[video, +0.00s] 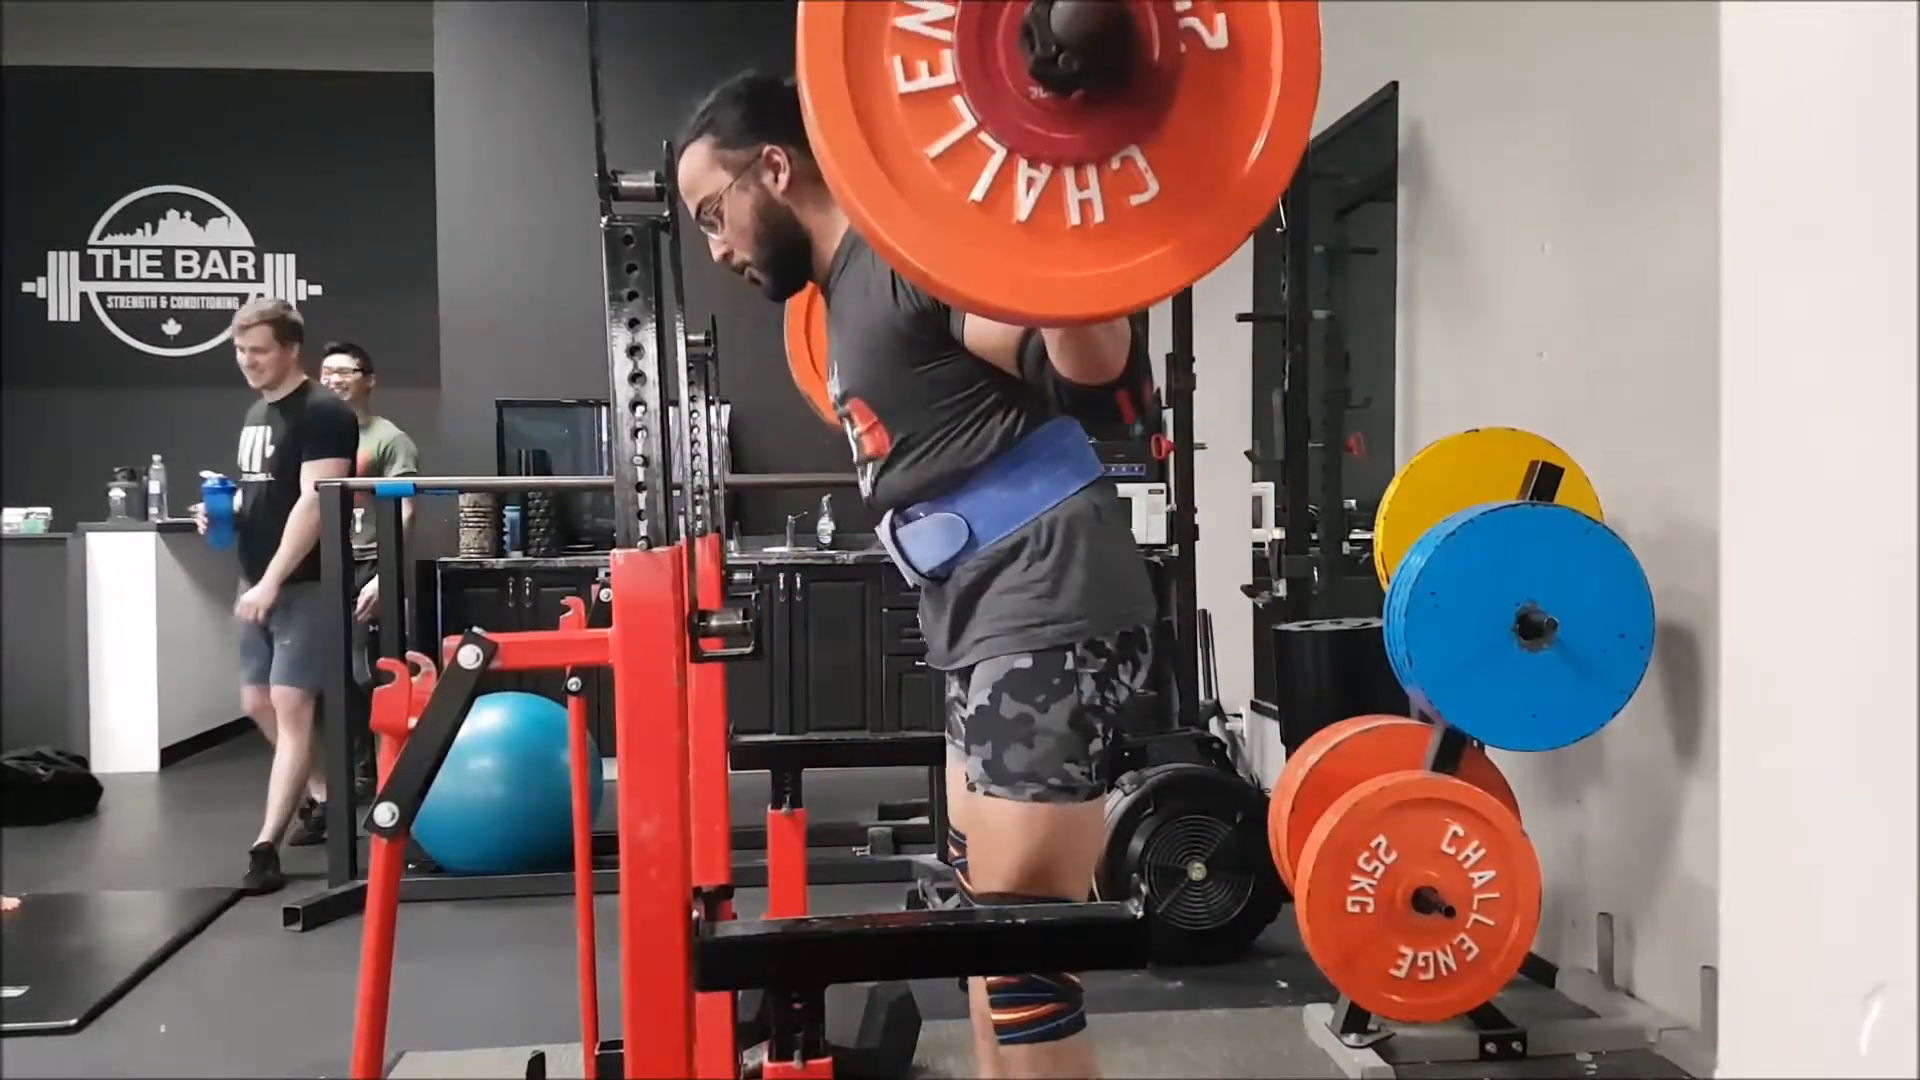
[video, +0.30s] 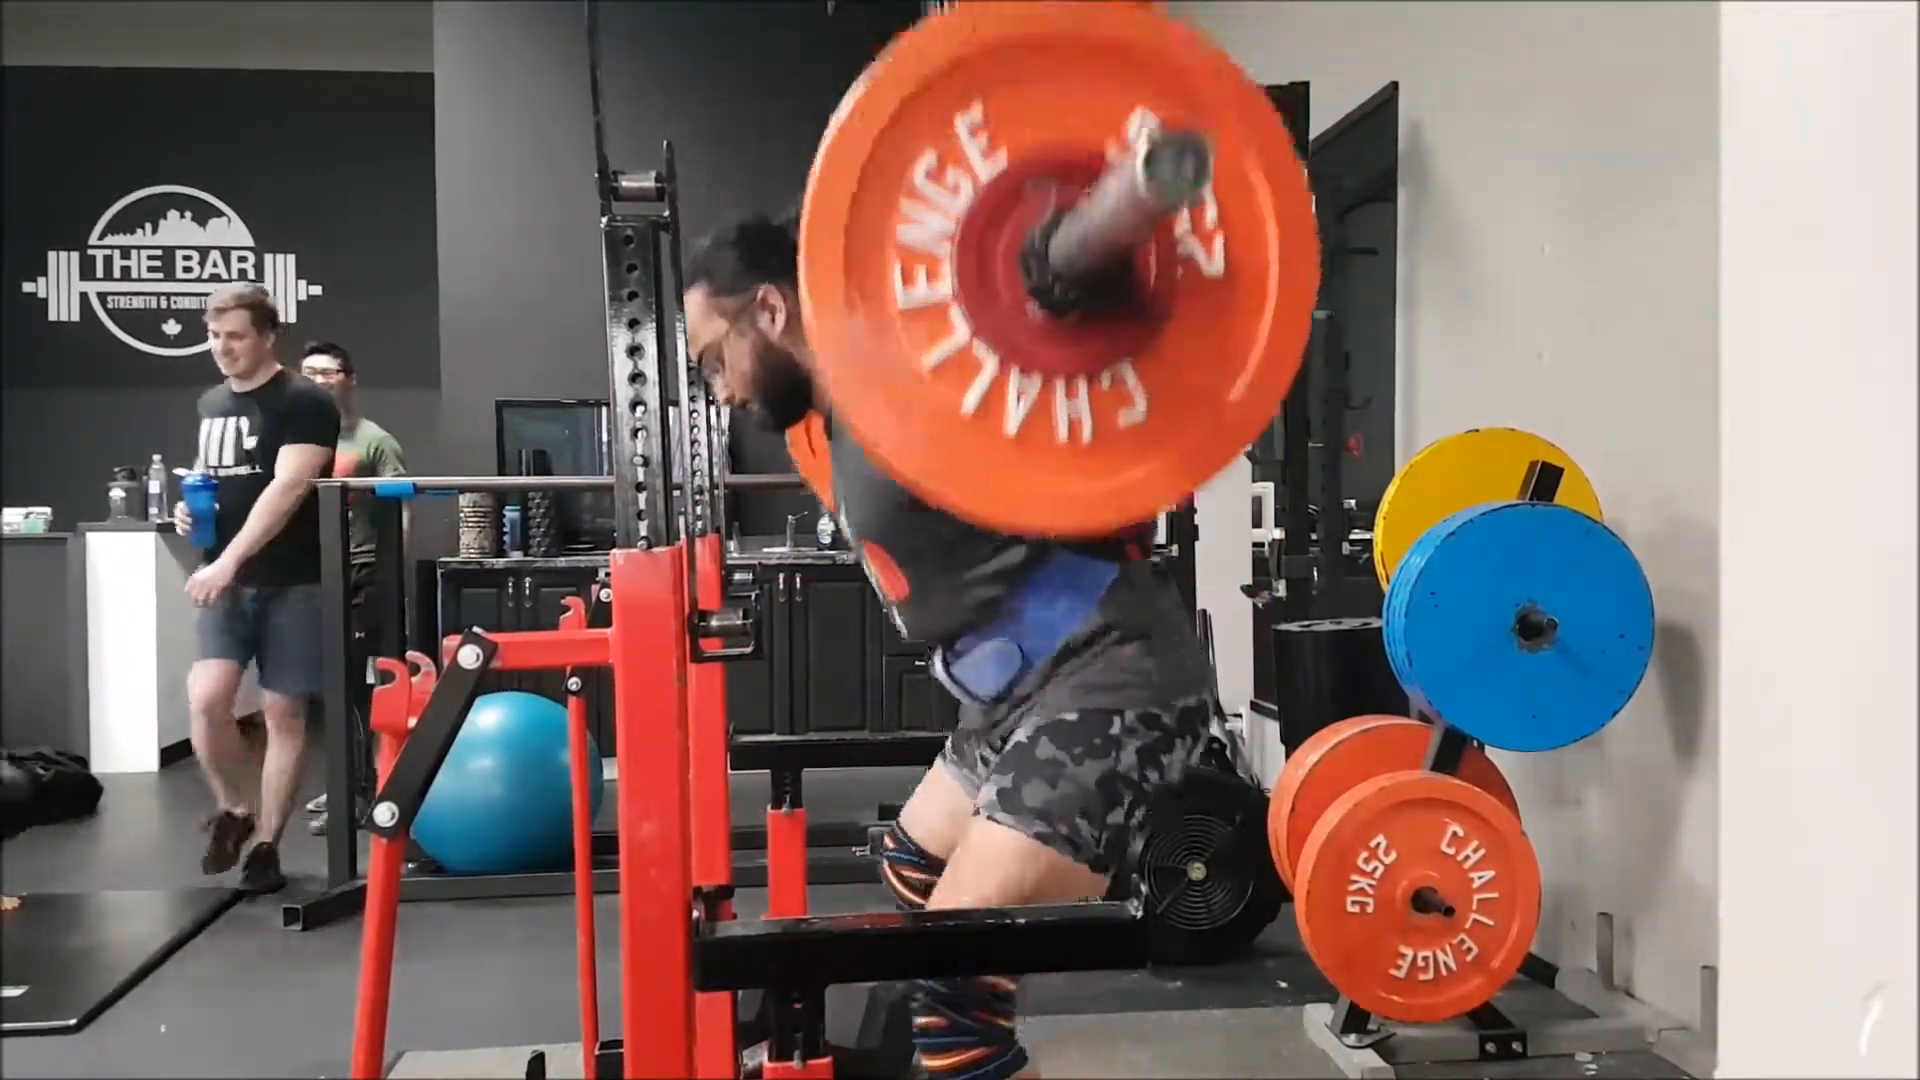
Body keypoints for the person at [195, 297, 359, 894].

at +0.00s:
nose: (247, 361)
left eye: (257, 351)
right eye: (241, 352)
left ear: (292, 350)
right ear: (240, 354)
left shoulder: (326, 413)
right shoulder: (259, 413)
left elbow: (316, 506)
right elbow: (260, 495)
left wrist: (269, 581)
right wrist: (222, 514)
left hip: (309, 584)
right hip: (259, 581)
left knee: (293, 705)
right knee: (257, 701)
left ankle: (266, 844)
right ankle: (321, 795)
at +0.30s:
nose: (223, 348)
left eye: (235, 337)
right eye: (216, 338)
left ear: (268, 338)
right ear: (210, 342)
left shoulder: (308, 402)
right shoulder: (213, 404)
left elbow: (290, 487)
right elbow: (207, 480)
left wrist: (227, 561)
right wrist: (191, 512)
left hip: (291, 580)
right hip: (225, 576)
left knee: (282, 713)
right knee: (208, 700)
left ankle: (267, 843)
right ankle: (234, 808)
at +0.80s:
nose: (142, 328)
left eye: (150, 312)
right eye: (133, 319)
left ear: (192, 306)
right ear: (133, 325)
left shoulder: (260, 386)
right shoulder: (132, 397)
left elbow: (301, 484)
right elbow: (112, 478)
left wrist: (296, 577)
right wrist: (115, 502)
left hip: (252, 592)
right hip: (164, 596)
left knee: (259, 738)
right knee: (185, 742)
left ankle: (260, 832)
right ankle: (207, 891)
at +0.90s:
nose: (121, 322)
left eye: (130, 306)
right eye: (114, 312)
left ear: (176, 300)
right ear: (117, 319)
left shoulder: (251, 387)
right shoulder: (121, 394)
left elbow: (298, 489)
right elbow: (91, 485)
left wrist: (328, 580)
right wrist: (100, 500)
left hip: (237, 592)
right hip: (150, 596)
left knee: (228, 736)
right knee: (181, 748)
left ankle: (232, 875)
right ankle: (204, 892)